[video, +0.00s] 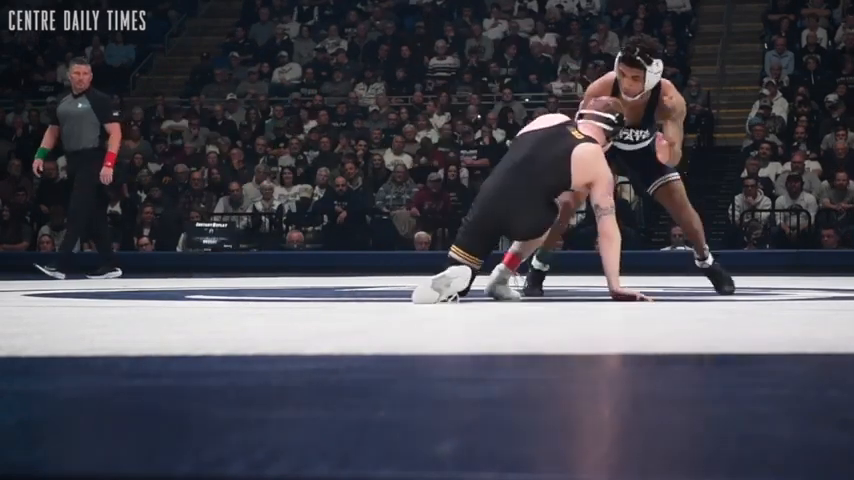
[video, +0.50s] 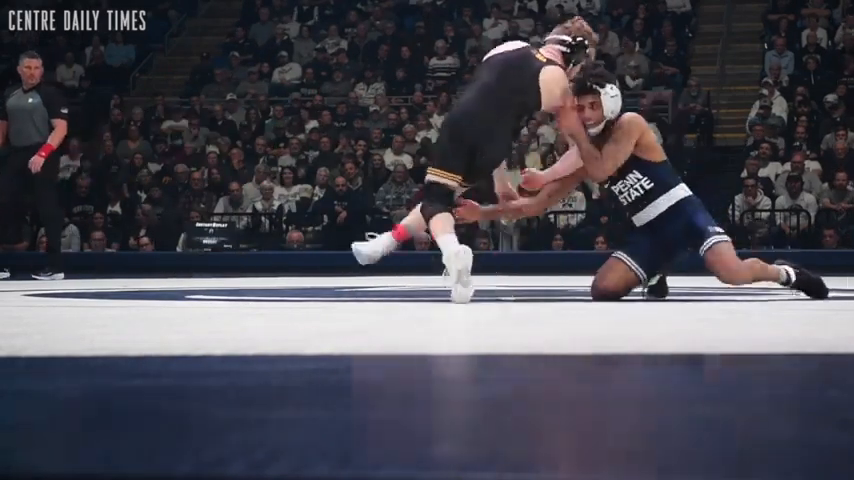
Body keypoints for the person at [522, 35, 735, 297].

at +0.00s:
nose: (628, 84)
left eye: (636, 79)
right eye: (623, 76)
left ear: (652, 77)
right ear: (617, 70)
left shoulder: (670, 98)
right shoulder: (600, 89)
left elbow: (675, 155)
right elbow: (583, 133)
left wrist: (666, 155)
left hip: (645, 153)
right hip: (603, 150)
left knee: (684, 211)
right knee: (566, 205)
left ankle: (706, 261)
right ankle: (538, 268)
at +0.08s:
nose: (627, 83)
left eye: (635, 78)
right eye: (623, 75)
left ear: (651, 77)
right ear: (617, 71)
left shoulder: (668, 100)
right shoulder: (610, 92)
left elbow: (644, 138)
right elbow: (599, 132)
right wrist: (584, 150)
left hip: (671, 159)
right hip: (628, 156)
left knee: (699, 232)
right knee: (586, 210)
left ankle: (719, 273)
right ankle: (550, 269)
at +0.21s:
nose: (608, 86)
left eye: (614, 78)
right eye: (604, 79)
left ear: (631, 75)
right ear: (600, 76)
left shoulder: (650, 89)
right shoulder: (607, 94)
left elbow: (622, 147)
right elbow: (610, 139)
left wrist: (584, 126)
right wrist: (569, 141)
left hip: (697, 155)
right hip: (661, 157)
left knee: (712, 236)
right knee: (601, 188)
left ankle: (762, 246)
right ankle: (636, 252)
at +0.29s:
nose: (608, 98)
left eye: (614, 90)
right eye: (603, 91)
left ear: (631, 83)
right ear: (600, 87)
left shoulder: (647, 101)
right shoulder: (610, 107)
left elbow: (616, 156)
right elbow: (607, 161)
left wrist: (579, 125)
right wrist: (562, 184)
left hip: (705, 172)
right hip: (668, 178)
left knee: (738, 245)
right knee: (606, 207)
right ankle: (659, 259)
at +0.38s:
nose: (601, 101)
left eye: (606, 93)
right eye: (595, 95)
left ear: (623, 90)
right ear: (594, 97)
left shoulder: (639, 113)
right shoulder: (607, 130)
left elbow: (603, 171)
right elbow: (594, 180)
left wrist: (586, 133)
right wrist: (549, 206)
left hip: (704, 196)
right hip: (667, 208)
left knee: (762, 265)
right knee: (609, 232)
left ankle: (817, 276)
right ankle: (668, 265)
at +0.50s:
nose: (584, 114)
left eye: (591, 105)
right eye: (578, 108)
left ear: (608, 102)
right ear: (573, 112)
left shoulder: (631, 123)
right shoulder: (585, 151)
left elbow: (598, 170)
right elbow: (539, 202)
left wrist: (571, 125)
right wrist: (484, 212)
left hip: (686, 218)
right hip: (648, 238)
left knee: (732, 274)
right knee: (601, 290)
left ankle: (786, 274)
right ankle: (651, 279)